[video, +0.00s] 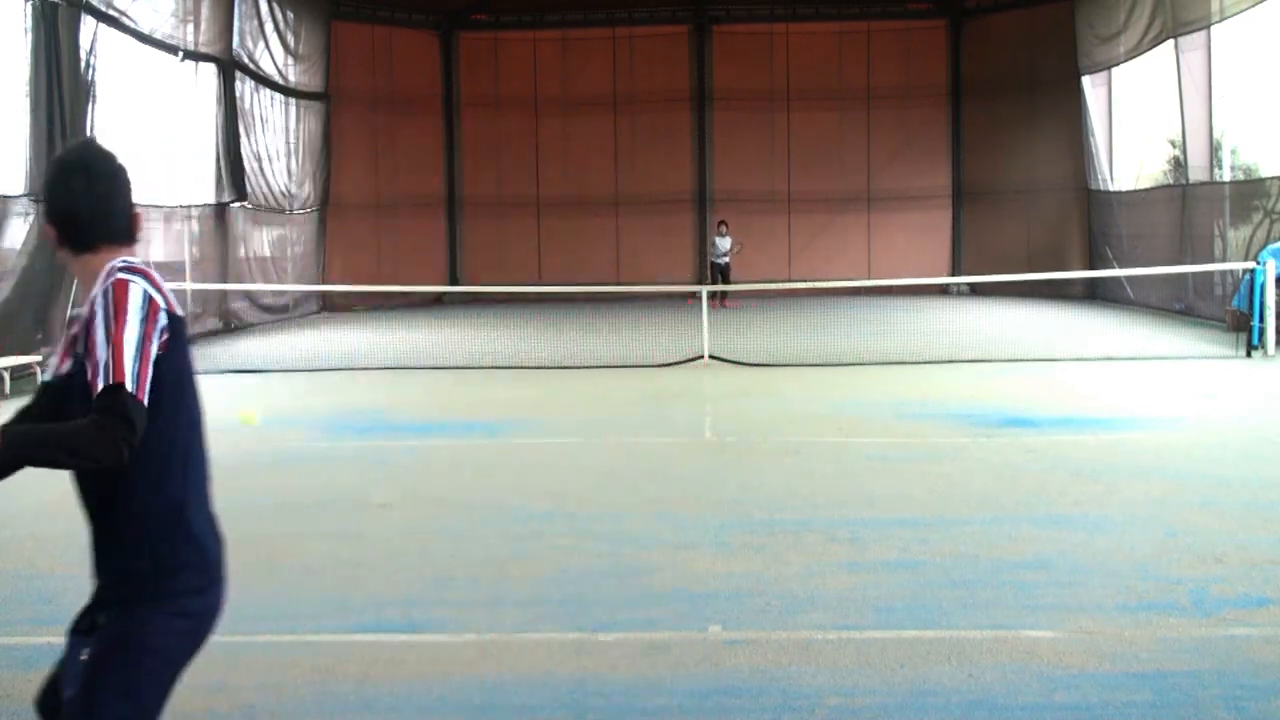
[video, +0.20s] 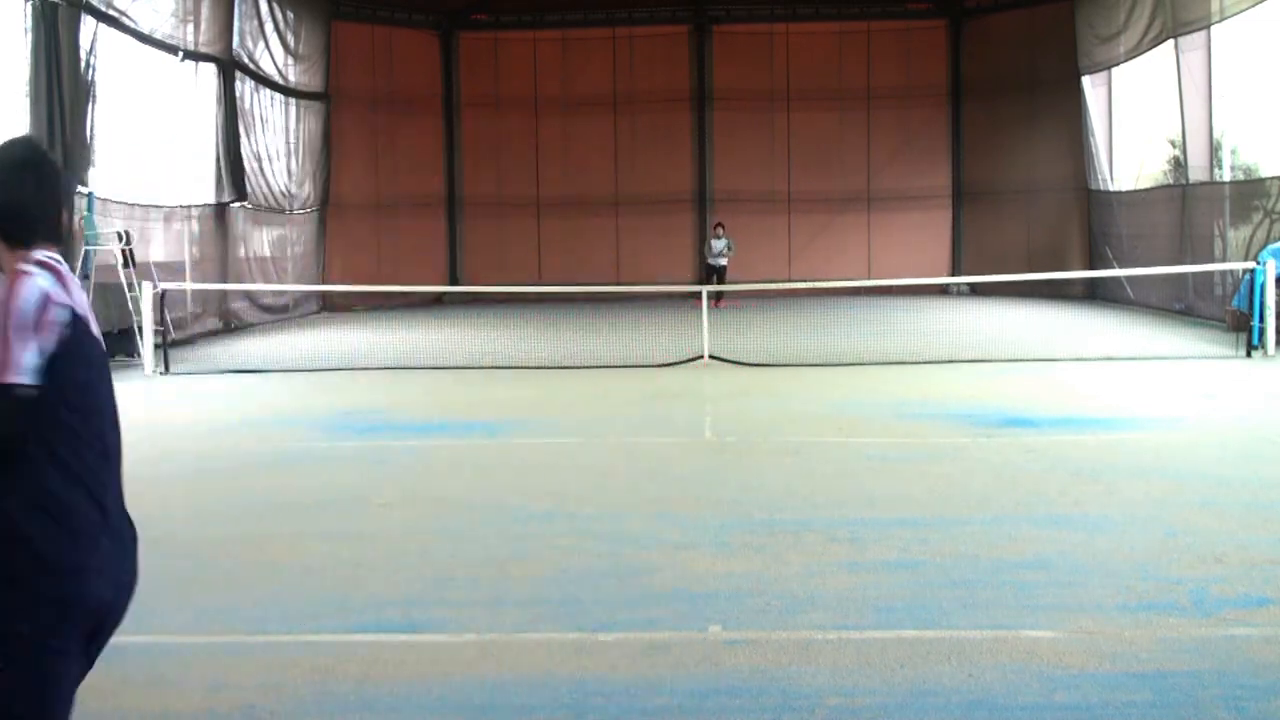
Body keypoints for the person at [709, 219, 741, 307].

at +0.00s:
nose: (722, 230)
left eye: (724, 227)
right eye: (721, 227)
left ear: (727, 229)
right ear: (718, 229)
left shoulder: (729, 239)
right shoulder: (715, 239)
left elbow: (730, 251)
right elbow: (710, 251)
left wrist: (736, 249)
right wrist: (721, 254)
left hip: (725, 263)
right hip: (715, 262)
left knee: (727, 282)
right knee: (715, 281)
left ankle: (723, 299)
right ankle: (714, 299)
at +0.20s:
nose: (719, 232)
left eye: (721, 229)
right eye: (717, 229)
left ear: (723, 231)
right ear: (715, 231)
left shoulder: (727, 241)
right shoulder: (710, 241)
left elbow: (731, 252)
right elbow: (707, 252)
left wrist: (726, 254)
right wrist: (713, 256)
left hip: (722, 264)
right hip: (711, 263)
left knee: (721, 283)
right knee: (708, 281)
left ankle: (718, 300)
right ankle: (705, 299)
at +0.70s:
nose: (706, 240)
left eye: (708, 238)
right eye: (705, 238)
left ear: (711, 240)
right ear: (703, 240)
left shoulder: (716, 249)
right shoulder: (699, 250)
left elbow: (718, 259)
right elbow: (698, 262)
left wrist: (708, 262)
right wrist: (705, 263)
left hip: (715, 271)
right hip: (703, 272)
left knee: (721, 286)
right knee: (695, 285)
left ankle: (726, 302)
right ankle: (694, 301)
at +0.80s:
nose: (705, 240)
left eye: (707, 238)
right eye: (703, 238)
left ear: (710, 239)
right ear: (701, 240)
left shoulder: (714, 248)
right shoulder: (700, 249)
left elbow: (712, 259)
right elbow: (699, 259)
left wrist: (703, 258)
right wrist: (699, 259)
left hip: (716, 270)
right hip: (705, 270)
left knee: (721, 286)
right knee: (696, 285)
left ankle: (726, 302)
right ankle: (694, 301)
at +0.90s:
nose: (703, 239)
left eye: (705, 237)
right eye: (702, 237)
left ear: (708, 238)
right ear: (700, 239)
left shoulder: (711, 246)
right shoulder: (702, 248)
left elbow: (709, 256)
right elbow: (702, 257)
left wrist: (695, 256)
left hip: (716, 268)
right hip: (707, 268)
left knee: (720, 284)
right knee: (700, 283)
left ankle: (726, 301)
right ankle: (699, 300)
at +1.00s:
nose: (701, 239)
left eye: (703, 237)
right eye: (699, 237)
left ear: (706, 237)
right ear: (698, 239)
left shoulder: (709, 246)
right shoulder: (701, 248)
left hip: (716, 267)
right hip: (707, 269)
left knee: (719, 284)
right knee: (701, 283)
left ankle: (726, 301)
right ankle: (701, 299)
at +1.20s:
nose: (698, 243)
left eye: (699, 240)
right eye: (696, 241)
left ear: (703, 241)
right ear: (695, 242)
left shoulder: (706, 249)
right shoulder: (700, 251)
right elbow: (695, 260)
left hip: (717, 269)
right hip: (708, 271)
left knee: (717, 284)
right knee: (701, 284)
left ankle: (722, 302)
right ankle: (701, 301)